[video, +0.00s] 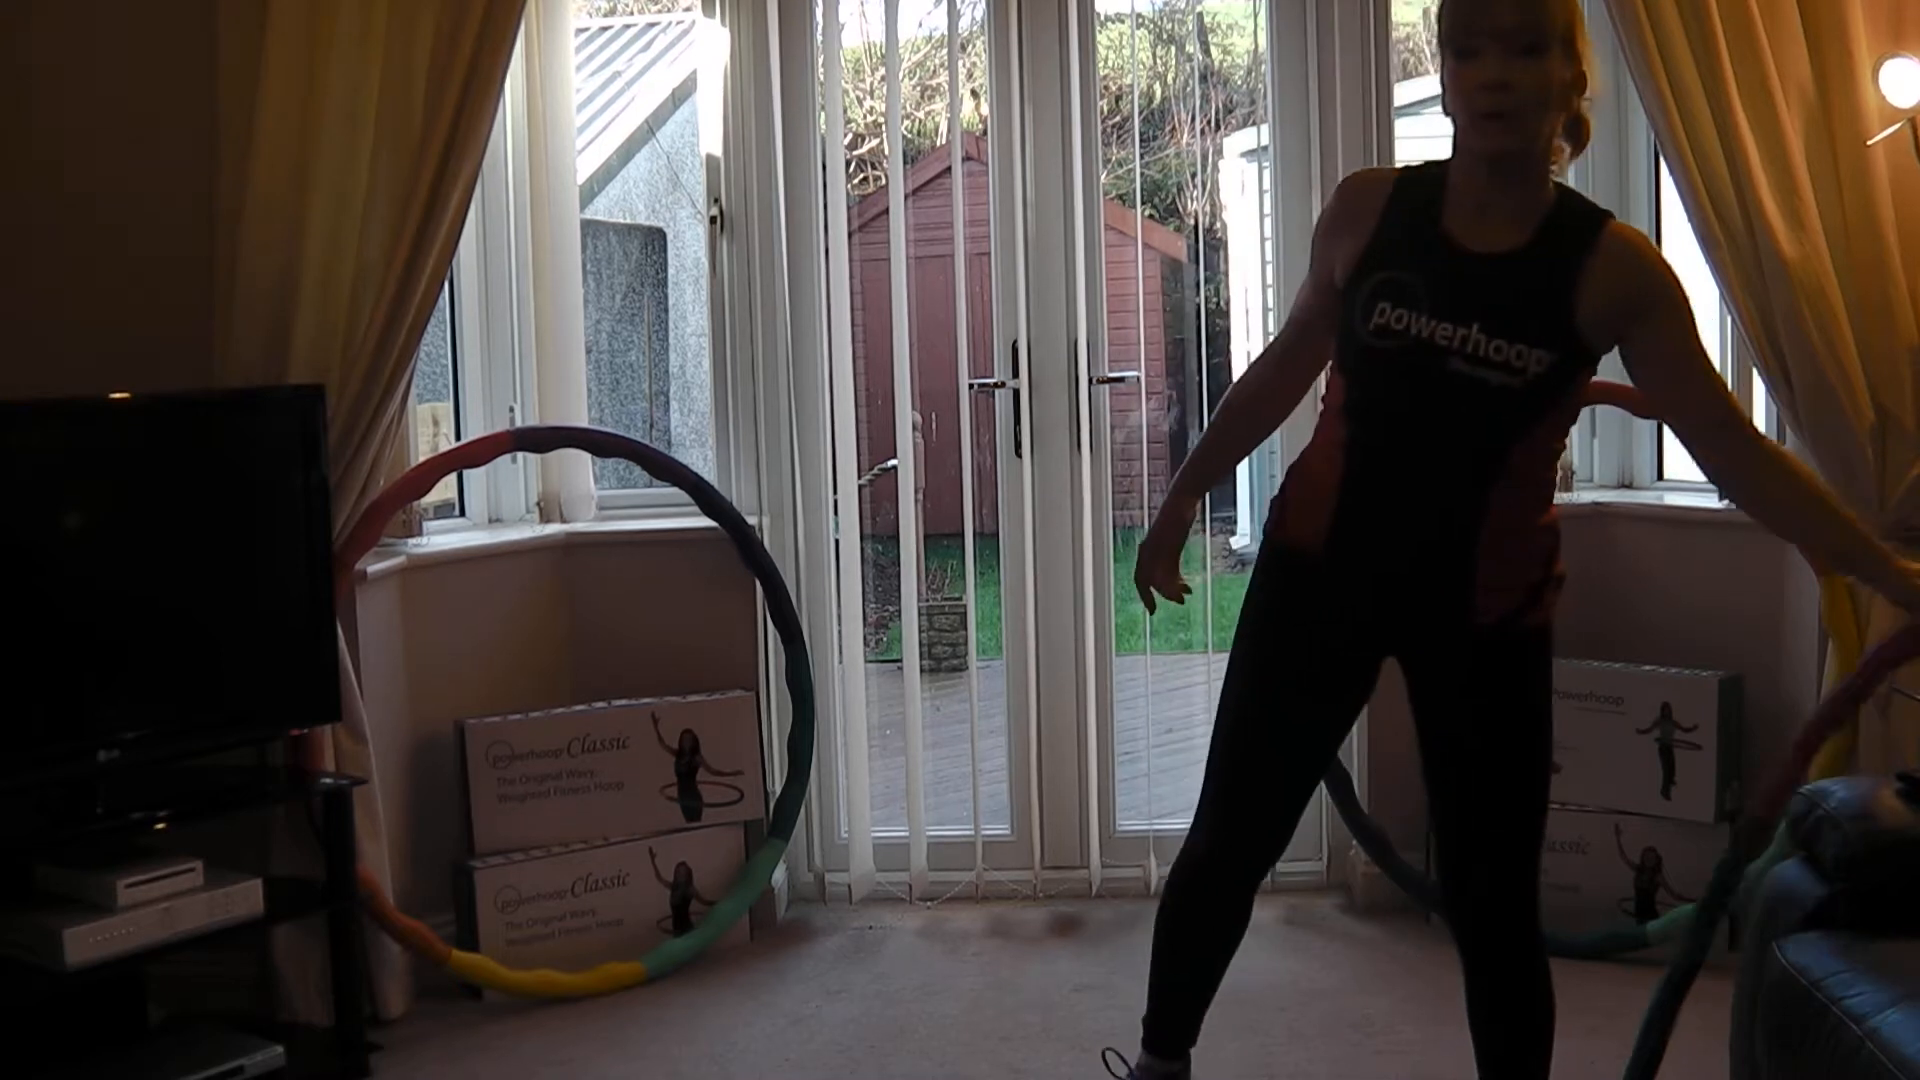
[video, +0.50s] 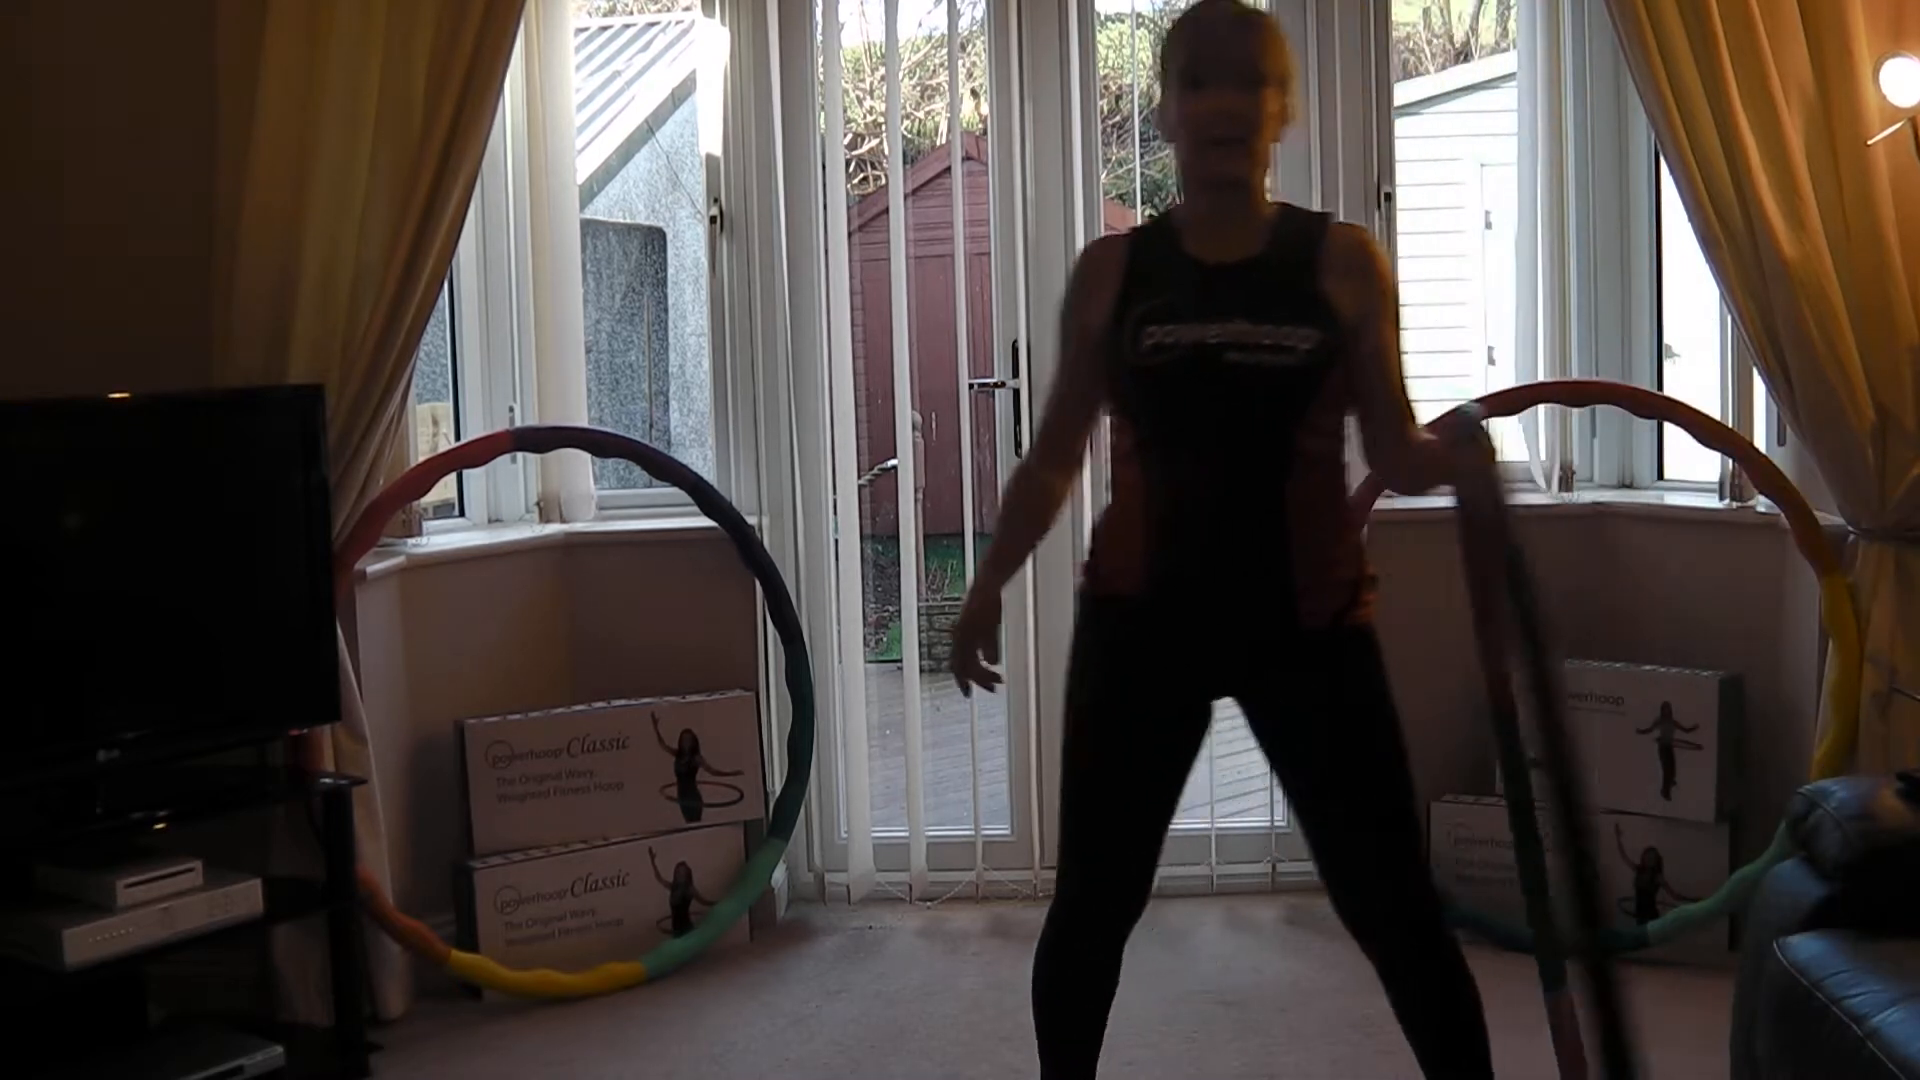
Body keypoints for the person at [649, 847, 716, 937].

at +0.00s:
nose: (681, 874)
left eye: (684, 871)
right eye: (678, 871)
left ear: (688, 874)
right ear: (675, 874)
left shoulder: (690, 889)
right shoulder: (673, 887)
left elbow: (704, 902)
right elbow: (659, 878)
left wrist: (718, 903)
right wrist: (652, 860)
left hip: (686, 924)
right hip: (676, 924)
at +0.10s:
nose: (681, 874)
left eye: (684, 871)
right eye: (678, 871)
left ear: (688, 874)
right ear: (675, 874)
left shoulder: (690, 889)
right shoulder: (673, 887)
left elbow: (703, 902)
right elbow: (659, 878)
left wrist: (717, 903)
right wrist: (653, 860)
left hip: (686, 924)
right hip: (675, 924)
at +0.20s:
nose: (681, 874)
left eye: (683, 872)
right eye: (678, 872)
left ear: (688, 874)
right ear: (675, 874)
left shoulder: (690, 889)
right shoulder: (673, 887)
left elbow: (703, 902)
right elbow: (659, 878)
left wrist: (717, 903)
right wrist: (652, 860)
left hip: (686, 924)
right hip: (675, 924)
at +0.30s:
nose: (681, 875)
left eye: (684, 872)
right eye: (678, 872)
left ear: (688, 874)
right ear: (675, 874)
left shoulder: (690, 889)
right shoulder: (673, 887)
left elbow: (703, 902)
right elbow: (659, 878)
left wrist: (717, 903)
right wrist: (652, 860)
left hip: (686, 924)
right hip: (675, 924)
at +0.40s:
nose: (681, 875)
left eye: (684, 872)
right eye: (678, 872)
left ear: (688, 874)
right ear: (675, 874)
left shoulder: (690, 889)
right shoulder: (673, 887)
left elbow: (703, 902)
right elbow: (659, 878)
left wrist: (717, 903)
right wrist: (652, 860)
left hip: (686, 924)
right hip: (675, 924)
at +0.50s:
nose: (681, 874)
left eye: (683, 872)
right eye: (678, 872)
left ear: (688, 874)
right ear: (675, 874)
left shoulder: (690, 889)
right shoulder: (673, 887)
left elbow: (703, 902)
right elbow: (659, 878)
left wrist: (717, 904)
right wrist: (652, 860)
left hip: (686, 924)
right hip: (675, 924)